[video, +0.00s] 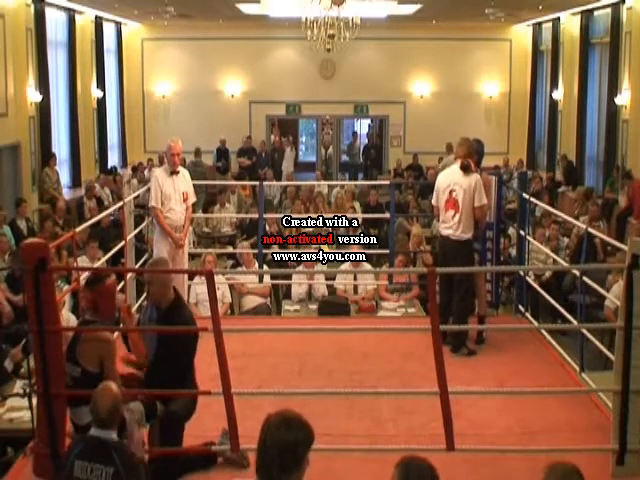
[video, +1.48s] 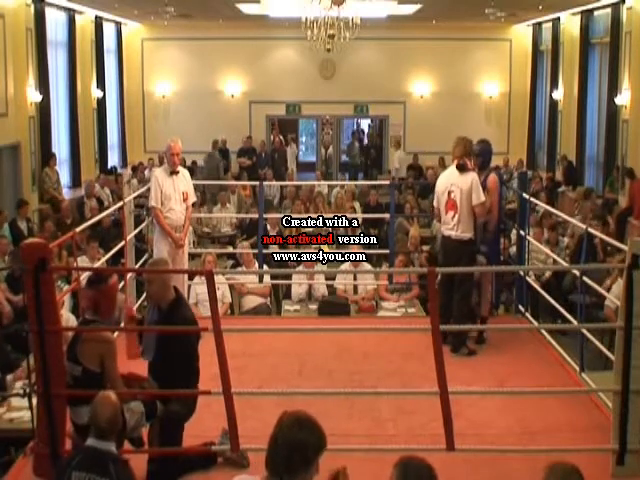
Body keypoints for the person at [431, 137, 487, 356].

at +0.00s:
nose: (473, 159)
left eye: (467, 154)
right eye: (473, 156)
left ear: (456, 154)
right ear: (472, 155)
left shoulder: (442, 175)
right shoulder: (474, 178)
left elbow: (436, 207)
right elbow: (480, 211)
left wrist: (444, 222)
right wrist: (478, 228)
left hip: (443, 238)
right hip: (463, 240)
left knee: (446, 286)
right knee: (463, 290)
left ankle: (443, 329)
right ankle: (459, 339)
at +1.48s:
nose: (472, 159)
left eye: (470, 155)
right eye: (472, 155)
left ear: (453, 155)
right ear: (470, 156)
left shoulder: (442, 177)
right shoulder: (471, 178)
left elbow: (437, 209)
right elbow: (480, 209)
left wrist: (446, 221)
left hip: (445, 237)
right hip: (464, 239)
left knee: (446, 285)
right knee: (463, 288)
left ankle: (444, 328)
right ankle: (459, 338)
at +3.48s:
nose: (468, 157)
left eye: (460, 153)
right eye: (471, 153)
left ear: (455, 154)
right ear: (472, 154)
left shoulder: (447, 178)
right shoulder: (479, 178)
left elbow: (441, 211)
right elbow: (488, 207)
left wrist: (452, 223)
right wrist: (485, 225)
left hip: (453, 237)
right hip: (472, 238)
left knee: (450, 283)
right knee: (469, 286)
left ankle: (449, 327)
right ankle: (465, 337)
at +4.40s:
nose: (462, 156)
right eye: (463, 152)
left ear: (446, 154)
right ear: (463, 152)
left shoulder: (440, 180)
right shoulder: (472, 178)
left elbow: (436, 213)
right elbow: (481, 210)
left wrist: (449, 220)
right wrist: (492, 192)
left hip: (449, 235)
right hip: (469, 236)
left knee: (449, 283)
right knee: (467, 285)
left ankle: (448, 328)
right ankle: (464, 337)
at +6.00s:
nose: (473, 155)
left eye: (471, 152)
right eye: (473, 152)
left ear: (454, 152)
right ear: (472, 153)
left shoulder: (443, 176)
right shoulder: (474, 178)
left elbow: (439, 210)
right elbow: (482, 211)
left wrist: (446, 227)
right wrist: (489, 192)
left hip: (449, 236)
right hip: (468, 237)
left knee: (449, 282)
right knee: (467, 285)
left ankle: (448, 327)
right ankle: (464, 336)